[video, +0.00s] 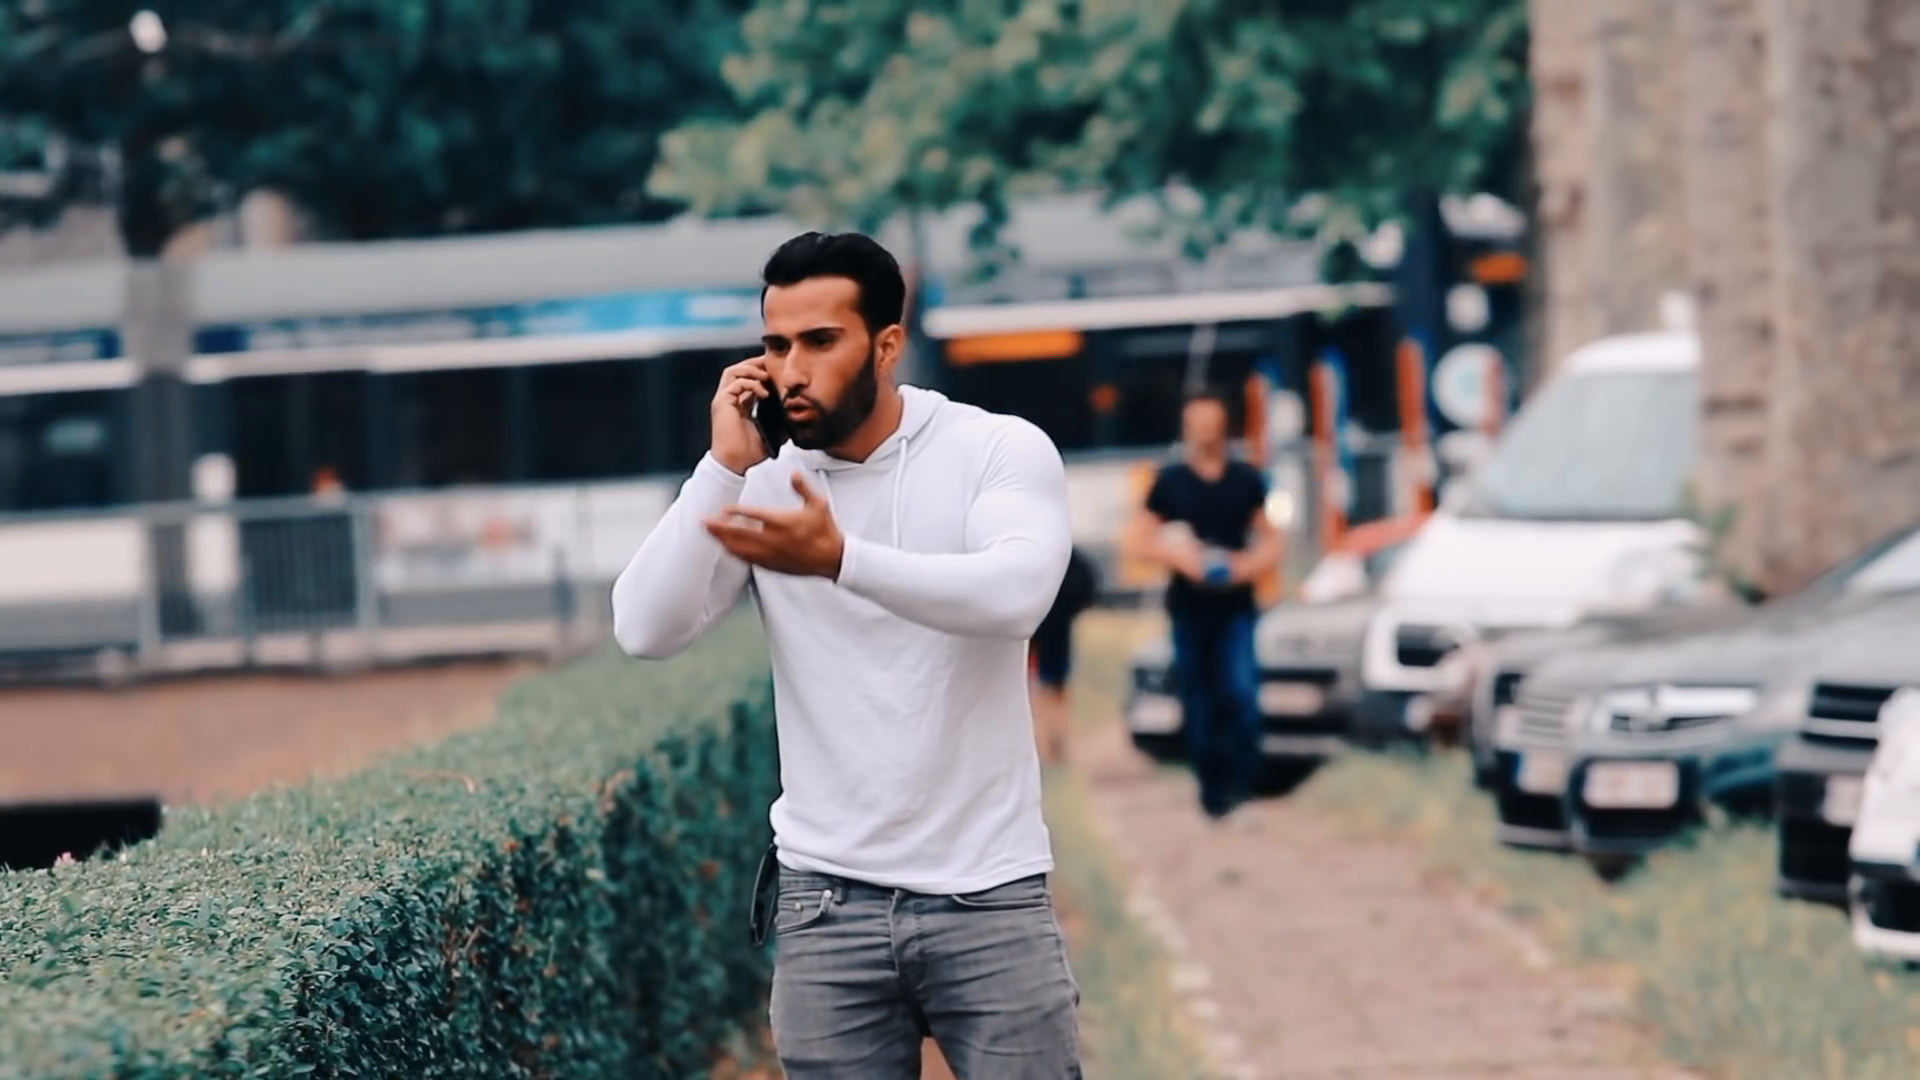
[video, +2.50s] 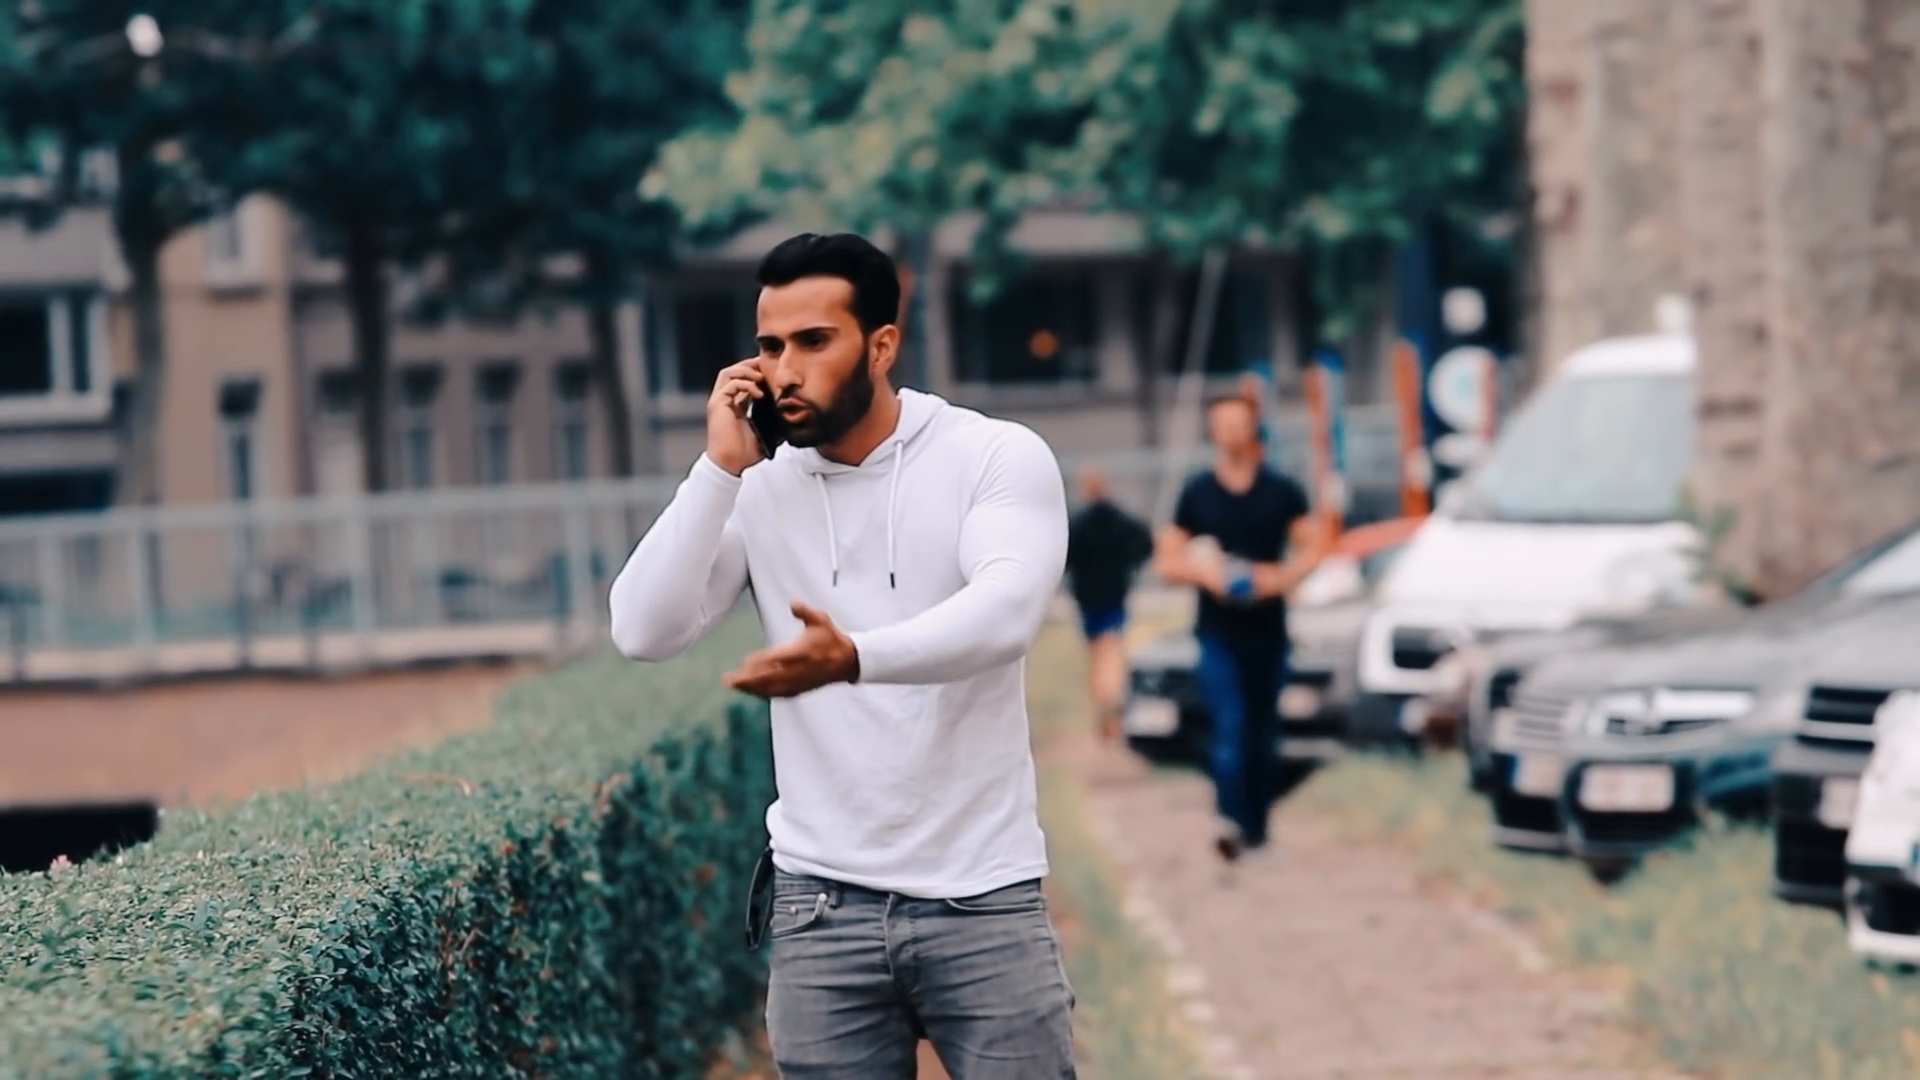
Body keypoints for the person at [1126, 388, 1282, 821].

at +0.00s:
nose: (1202, 436)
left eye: (1210, 428)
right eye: (1195, 428)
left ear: (1223, 429)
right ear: (1185, 429)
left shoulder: (1245, 480)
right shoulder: (1171, 479)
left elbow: (1271, 539)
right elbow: (1144, 538)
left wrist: (1246, 565)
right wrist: (1185, 558)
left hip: (1236, 602)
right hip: (1190, 603)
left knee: (1240, 692)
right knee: (1197, 697)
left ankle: (1239, 786)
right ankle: (1212, 789)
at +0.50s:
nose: (1214, 426)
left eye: (1222, 418)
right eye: (1206, 418)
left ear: (1234, 420)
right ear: (1193, 419)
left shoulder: (1257, 475)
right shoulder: (1178, 478)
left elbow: (1283, 536)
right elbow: (1151, 540)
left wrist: (1246, 559)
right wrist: (1187, 556)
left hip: (1244, 602)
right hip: (1197, 602)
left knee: (1239, 700)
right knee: (1204, 696)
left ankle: (1238, 793)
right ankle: (1213, 795)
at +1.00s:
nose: (1224, 435)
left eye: (1231, 427)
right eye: (1216, 427)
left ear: (1242, 430)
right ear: (1202, 430)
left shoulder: (1264, 486)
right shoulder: (1182, 489)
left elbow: (1289, 548)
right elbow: (1155, 548)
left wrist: (1250, 565)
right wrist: (1188, 562)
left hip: (1245, 617)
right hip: (1198, 618)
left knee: (1253, 703)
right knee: (1203, 714)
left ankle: (1283, 802)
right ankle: (1212, 810)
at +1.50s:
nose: (1229, 433)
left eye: (1238, 425)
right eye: (1222, 425)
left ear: (1255, 429)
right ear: (1212, 429)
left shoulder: (1279, 487)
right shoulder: (1201, 487)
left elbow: (1311, 544)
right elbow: (1170, 550)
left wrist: (1270, 570)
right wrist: (1200, 567)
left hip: (1263, 617)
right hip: (1214, 617)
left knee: (1266, 719)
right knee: (1220, 716)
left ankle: (1271, 819)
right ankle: (1225, 821)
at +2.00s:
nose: (1224, 438)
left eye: (1232, 430)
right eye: (1216, 430)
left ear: (1246, 431)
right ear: (1205, 432)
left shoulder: (1265, 489)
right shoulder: (1187, 491)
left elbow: (1296, 550)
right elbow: (1153, 555)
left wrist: (1268, 579)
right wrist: (1195, 569)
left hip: (1253, 625)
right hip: (1205, 628)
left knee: (1254, 717)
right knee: (1214, 729)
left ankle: (1268, 814)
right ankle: (1231, 826)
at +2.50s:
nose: (1230, 433)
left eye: (1238, 424)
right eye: (1222, 425)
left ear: (1254, 429)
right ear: (1211, 430)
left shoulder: (1281, 491)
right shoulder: (1200, 491)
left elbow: (1313, 546)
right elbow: (1168, 558)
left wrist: (1279, 577)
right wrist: (1207, 574)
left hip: (1266, 622)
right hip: (1219, 622)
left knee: (1260, 725)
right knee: (1231, 719)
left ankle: (1255, 825)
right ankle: (1231, 819)